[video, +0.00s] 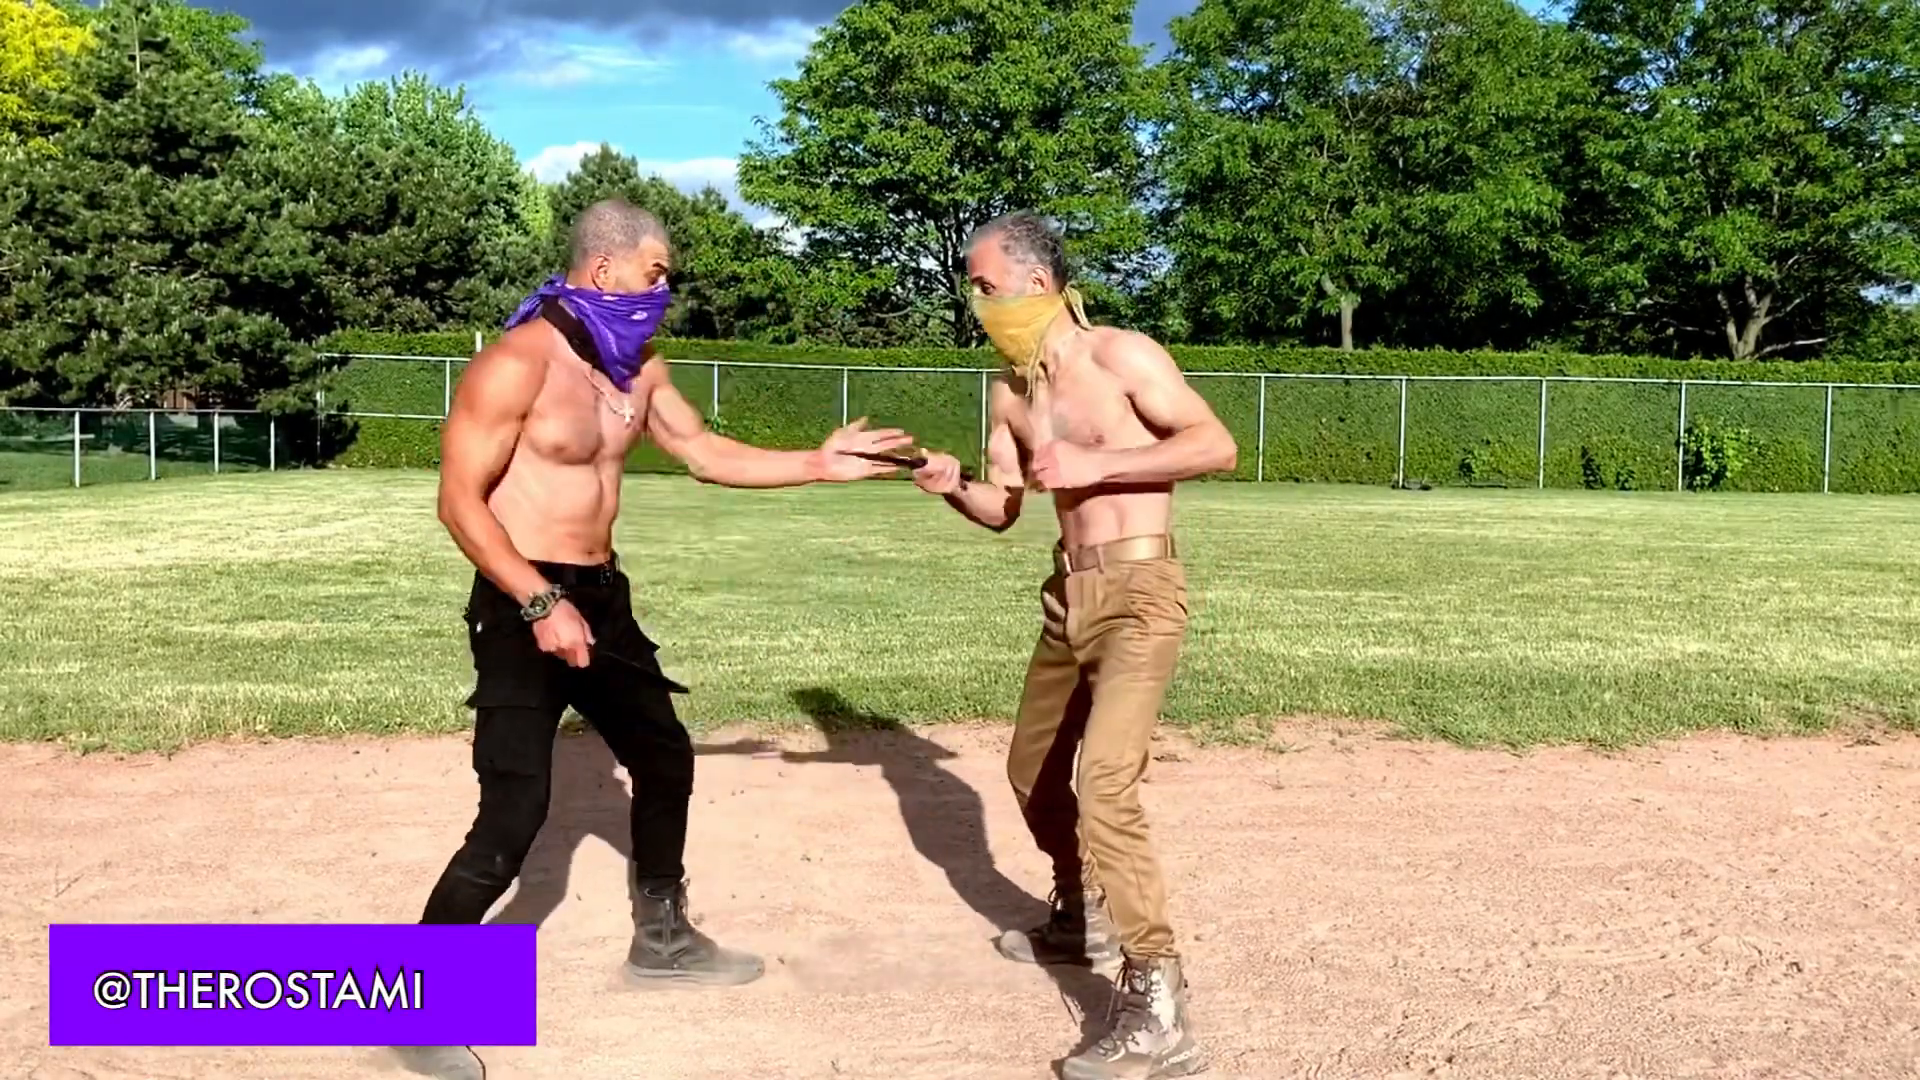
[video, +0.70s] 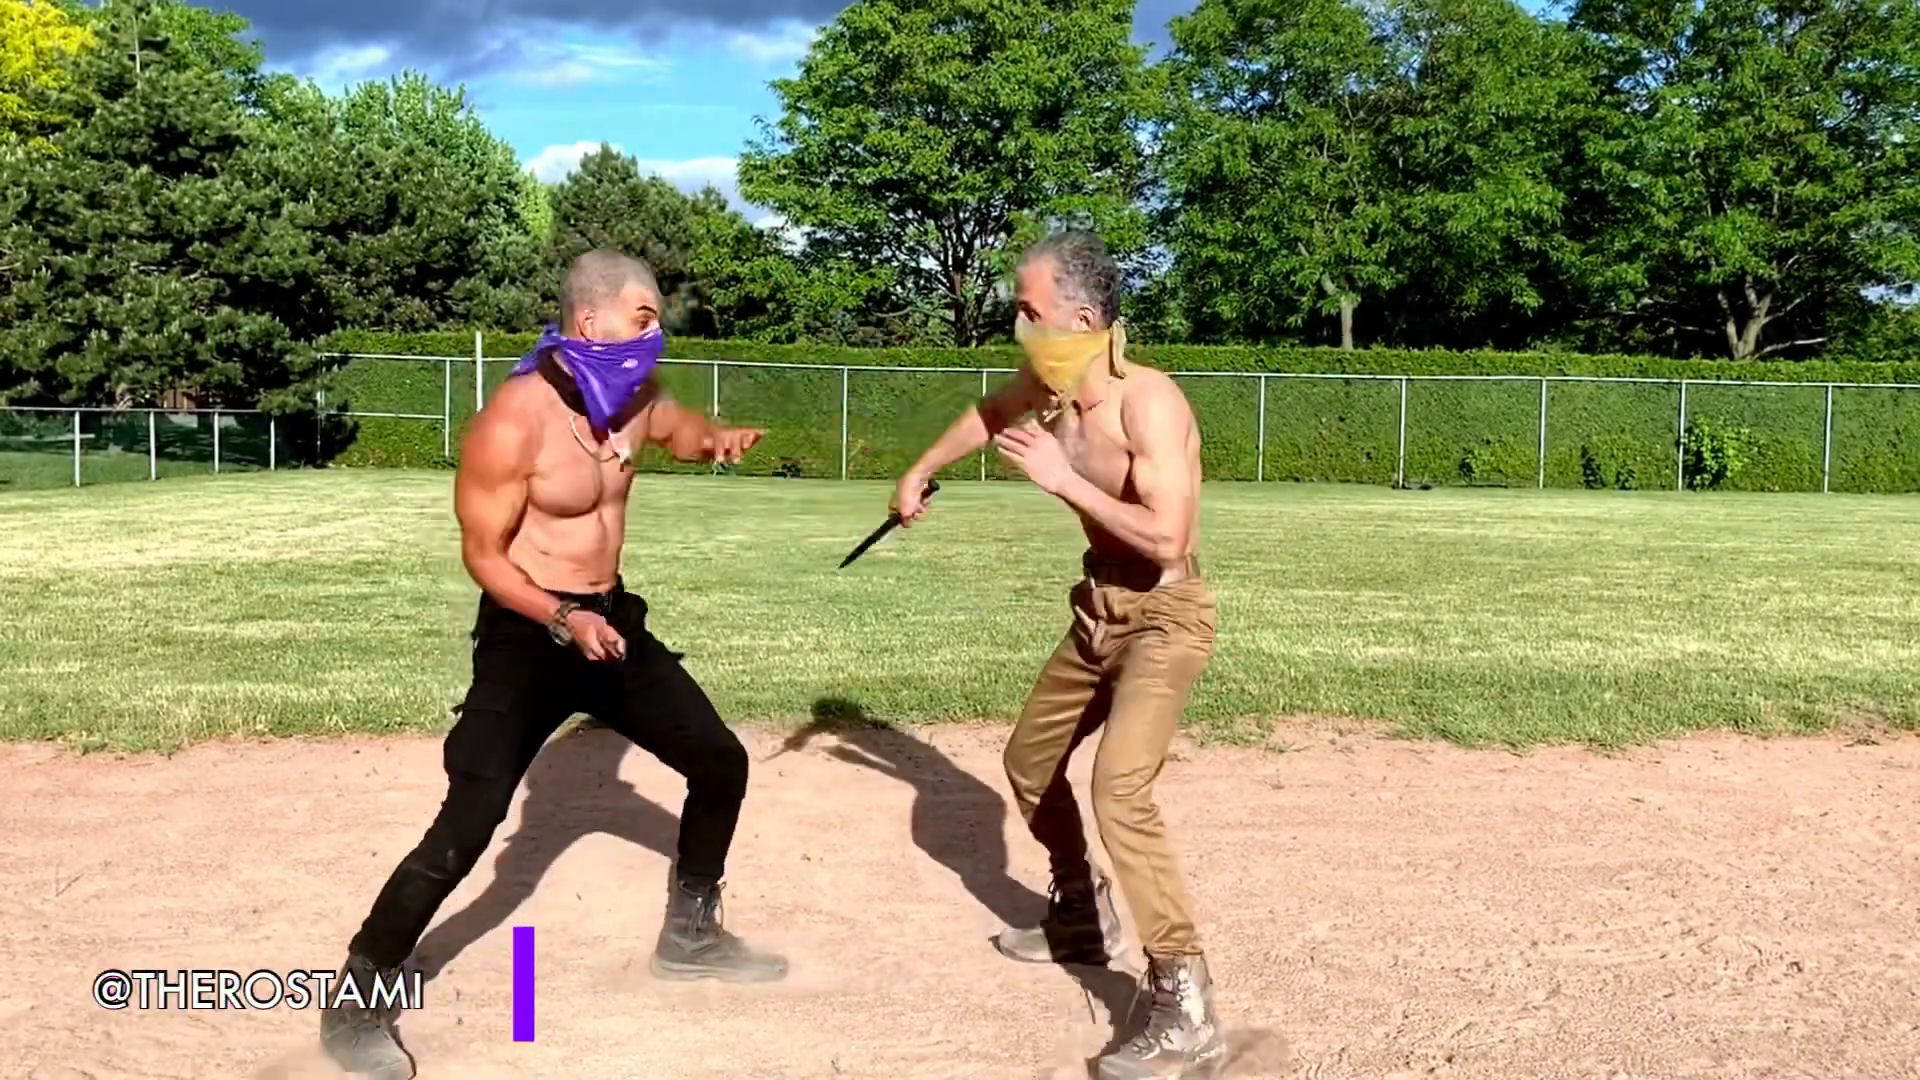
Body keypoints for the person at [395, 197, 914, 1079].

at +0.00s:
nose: (662, 295)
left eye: (666, 279)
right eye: (652, 277)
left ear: (624, 274)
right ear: (599, 270)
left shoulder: (635, 366)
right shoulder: (516, 362)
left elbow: (707, 454)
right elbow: (458, 500)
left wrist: (822, 462)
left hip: (598, 598)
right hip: (516, 603)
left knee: (665, 764)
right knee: (510, 822)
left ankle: (661, 937)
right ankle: (407, 1000)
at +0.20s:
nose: (638, 311)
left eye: (639, 296)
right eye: (628, 294)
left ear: (582, 295)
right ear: (580, 293)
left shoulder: (575, 388)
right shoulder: (546, 371)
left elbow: (629, 521)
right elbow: (541, 504)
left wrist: (693, 433)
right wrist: (640, 576)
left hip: (596, 622)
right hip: (537, 626)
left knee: (696, 771)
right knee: (525, 846)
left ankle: (704, 933)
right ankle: (410, 1007)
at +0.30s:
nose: (649, 306)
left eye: (650, 291)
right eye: (640, 290)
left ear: (580, 291)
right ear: (592, 288)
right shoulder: (590, 359)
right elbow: (674, 472)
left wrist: (662, 428)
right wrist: (777, 497)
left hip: (590, 616)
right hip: (540, 621)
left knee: (683, 764)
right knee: (516, 837)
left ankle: (699, 933)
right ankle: (408, 1006)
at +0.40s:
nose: (682, 303)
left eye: (681, 288)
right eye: (672, 288)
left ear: (615, 291)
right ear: (624, 290)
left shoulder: (572, 367)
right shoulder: (604, 371)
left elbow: (670, 476)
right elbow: (675, 509)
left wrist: (696, 372)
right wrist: (770, 556)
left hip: (579, 617)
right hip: (514, 620)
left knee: (671, 763)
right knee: (498, 816)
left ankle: (684, 931)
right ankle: (413, 1007)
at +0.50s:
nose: (705, 326)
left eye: (706, 311)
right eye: (695, 309)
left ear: (659, 311)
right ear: (641, 307)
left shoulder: (650, 384)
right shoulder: (568, 378)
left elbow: (757, 399)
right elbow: (516, 513)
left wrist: (840, 390)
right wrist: (591, 618)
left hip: (572, 611)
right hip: (499, 607)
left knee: (681, 756)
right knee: (476, 804)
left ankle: (687, 932)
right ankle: (408, 993)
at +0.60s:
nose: (676, 337)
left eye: (679, 322)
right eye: (664, 320)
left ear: (639, 323)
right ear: (609, 322)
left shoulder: (661, 391)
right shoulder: (530, 395)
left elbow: (767, 403)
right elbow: (443, 513)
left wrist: (869, 460)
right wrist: (486, 609)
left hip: (597, 630)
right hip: (511, 629)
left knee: (712, 764)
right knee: (458, 823)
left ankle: (688, 934)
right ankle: (362, 1001)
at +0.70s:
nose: (654, 334)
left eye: (657, 322)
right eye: (642, 318)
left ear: (633, 326)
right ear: (586, 319)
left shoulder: (634, 397)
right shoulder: (514, 417)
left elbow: (672, 423)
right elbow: (482, 554)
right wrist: (562, 618)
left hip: (609, 626)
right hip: (524, 637)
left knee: (720, 762)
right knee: (465, 828)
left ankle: (690, 932)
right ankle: (358, 1000)